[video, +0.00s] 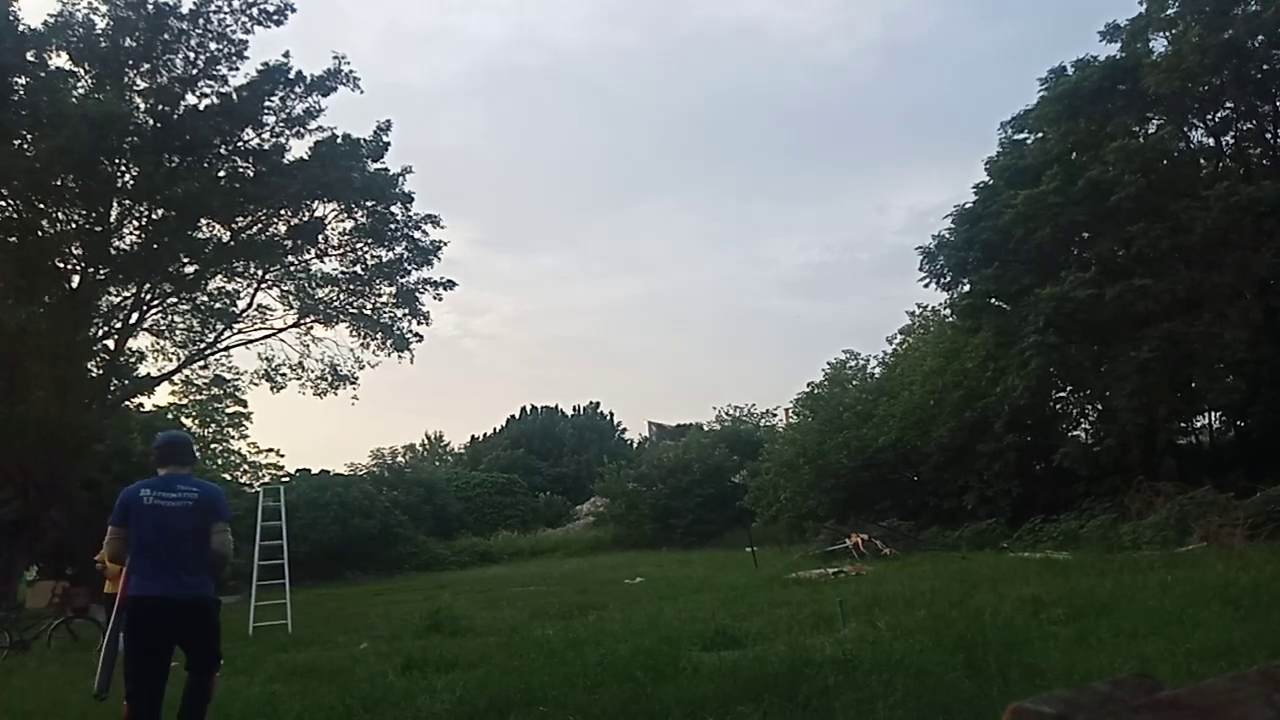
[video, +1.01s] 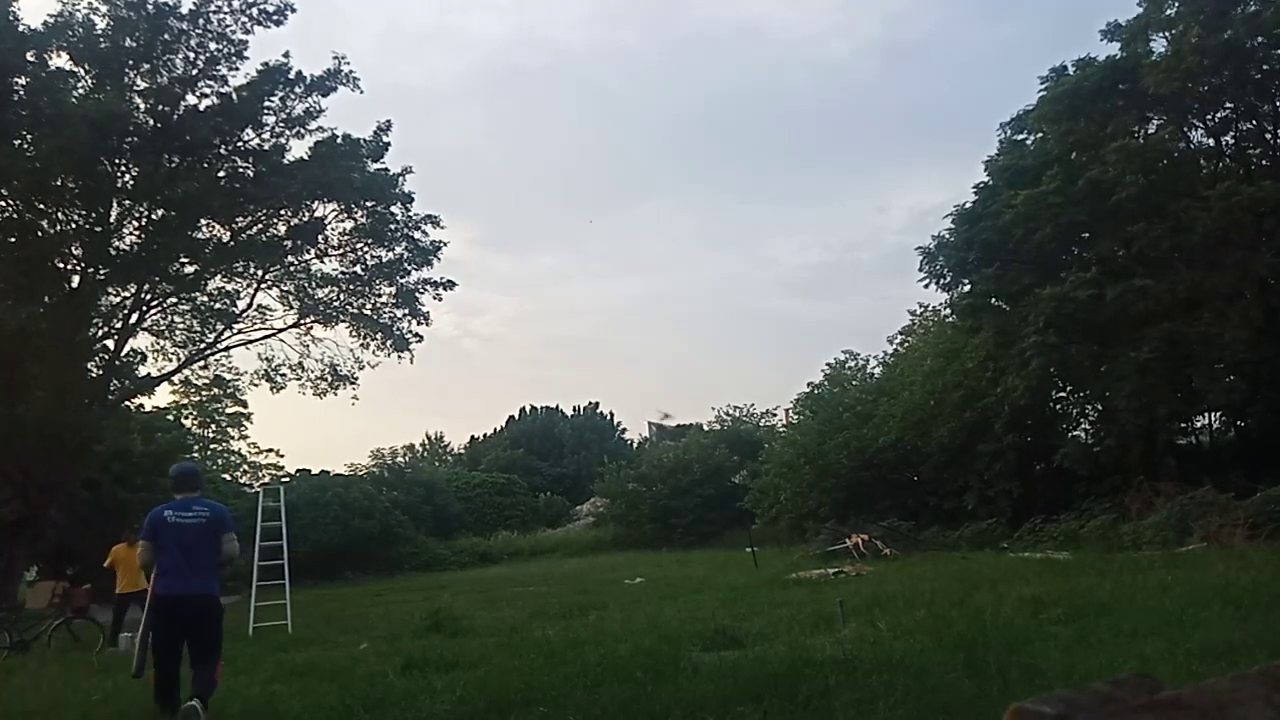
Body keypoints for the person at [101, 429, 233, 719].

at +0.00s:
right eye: (193, 458)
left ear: (156, 460)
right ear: (192, 460)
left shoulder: (132, 494)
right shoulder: (211, 493)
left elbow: (114, 552)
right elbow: (222, 549)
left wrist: (147, 561)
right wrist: (214, 579)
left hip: (145, 605)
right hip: (195, 605)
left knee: (143, 690)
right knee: (204, 669)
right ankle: (191, 714)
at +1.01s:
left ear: (173, 485)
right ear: (200, 484)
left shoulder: (157, 515)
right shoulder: (217, 512)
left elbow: (144, 559)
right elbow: (231, 551)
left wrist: (165, 565)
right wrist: (209, 564)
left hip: (166, 600)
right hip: (204, 600)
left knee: (166, 661)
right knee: (206, 657)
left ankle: (167, 711)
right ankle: (198, 700)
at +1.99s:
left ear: (176, 499)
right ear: (199, 500)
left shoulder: (162, 525)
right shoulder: (213, 525)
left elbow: (149, 561)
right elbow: (224, 561)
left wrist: (169, 556)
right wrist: (206, 565)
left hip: (170, 597)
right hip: (201, 596)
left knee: (165, 649)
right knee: (196, 648)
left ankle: (161, 698)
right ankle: (192, 700)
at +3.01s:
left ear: (165, 513)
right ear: (185, 514)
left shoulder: (153, 532)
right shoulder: (195, 534)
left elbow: (142, 563)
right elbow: (200, 560)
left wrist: (140, 585)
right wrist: (186, 566)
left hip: (156, 593)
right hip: (182, 594)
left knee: (149, 636)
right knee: (180, 637)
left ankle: (143, 676)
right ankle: (179, 679)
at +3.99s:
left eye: (147, 519)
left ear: (146, 520)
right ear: (163, 521)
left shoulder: (135, 536)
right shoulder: (171, 538)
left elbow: (109, 558)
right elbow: (176, 557)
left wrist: (128, 562)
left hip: (136, 591)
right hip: (160, 592)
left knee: (128, 628)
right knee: (156, 633)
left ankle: (128, 667)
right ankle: (154, 668)